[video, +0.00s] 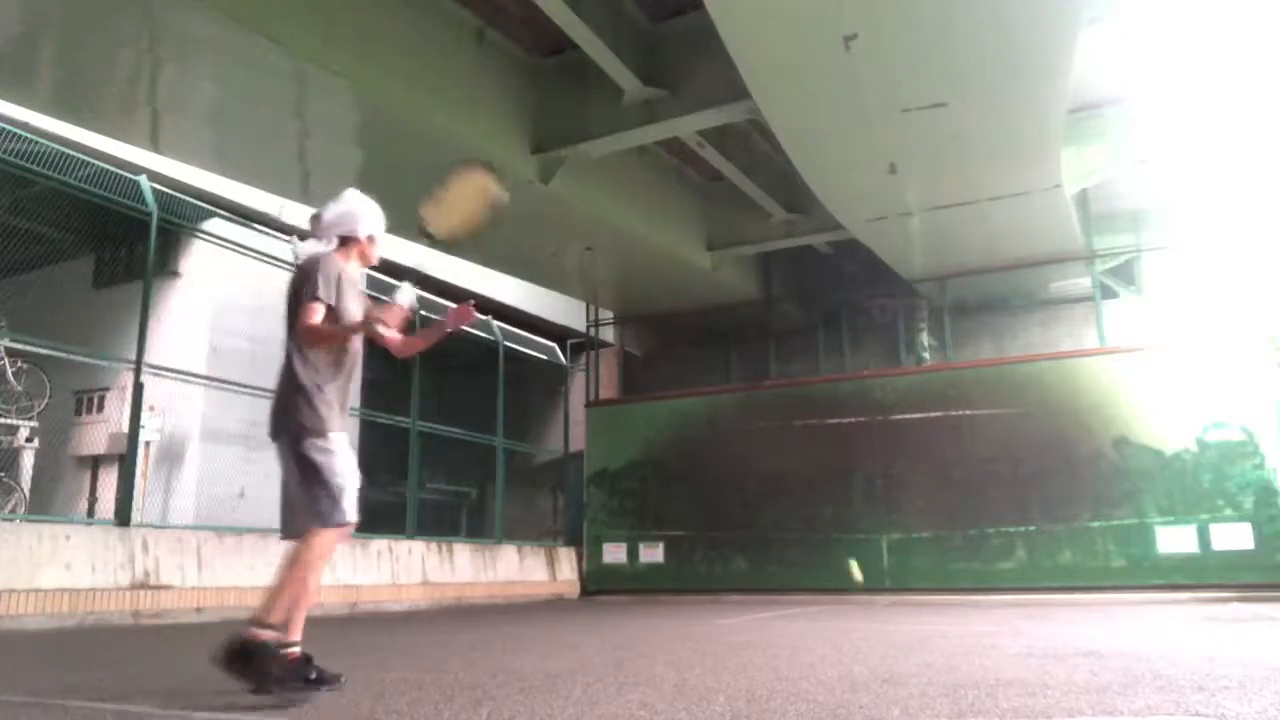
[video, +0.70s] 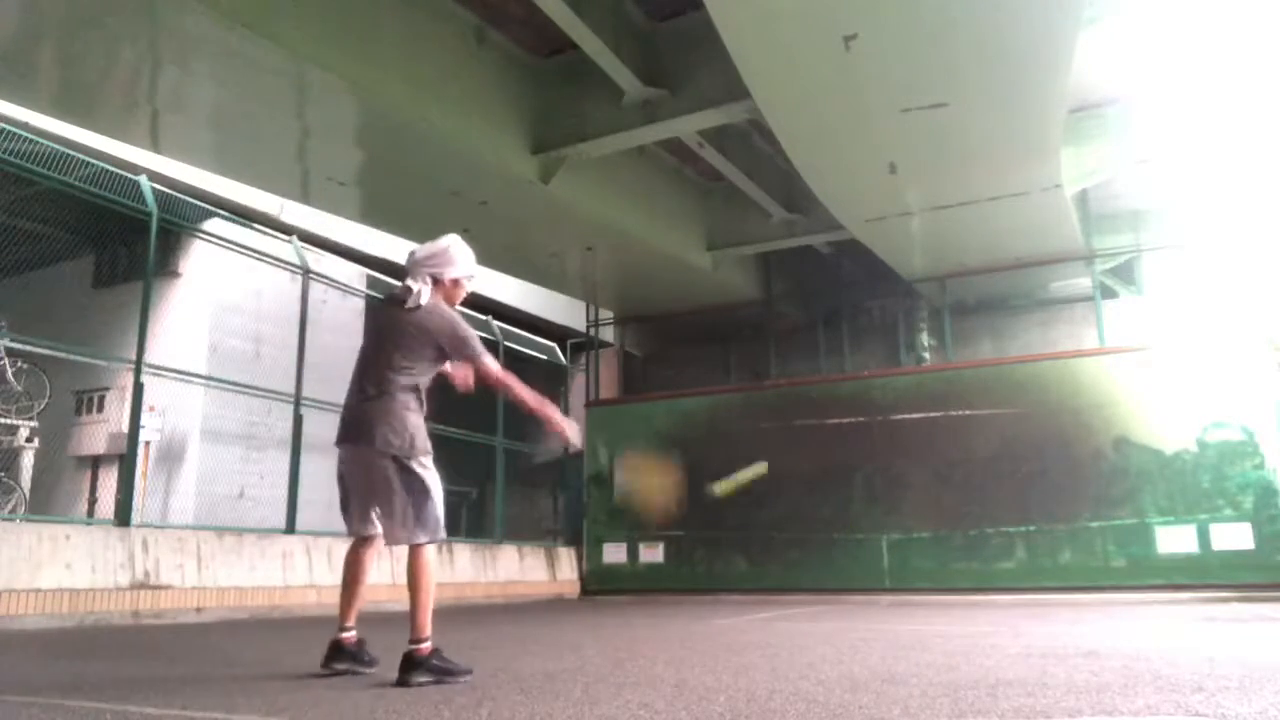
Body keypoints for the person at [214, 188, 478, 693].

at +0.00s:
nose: (379, 249)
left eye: (379, 240)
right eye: (376, 239)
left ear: (350, 238)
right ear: (358, 237)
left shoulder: (353, 287)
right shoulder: (322, 265)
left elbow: (401, 348)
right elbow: (308, 331)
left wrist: (445, 325)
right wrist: (366, 326)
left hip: (329, 422)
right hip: (308, 419)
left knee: (327, 528)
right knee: (333, 521)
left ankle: (283, 646)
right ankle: (266, 638)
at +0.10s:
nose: (399, 250)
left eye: (398, 241)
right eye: (394, 240)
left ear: (371, 244)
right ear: (374, 241)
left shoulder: (376, 299)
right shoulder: (333, 268)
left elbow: (417, 352)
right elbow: (295, 327)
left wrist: (461, 339)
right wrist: (333, 310)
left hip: (332, 421)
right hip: (326, 420)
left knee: (321, 537)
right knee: (368, 518)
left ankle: (286, 649)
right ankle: (332, 638)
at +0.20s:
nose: (417, 260)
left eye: (417, 251)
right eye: (413, 251)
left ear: (389, 252)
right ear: (394, 250)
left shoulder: (397, 311)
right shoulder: (349, 278)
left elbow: (434, 368)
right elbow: (301, 322)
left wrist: (483, 374)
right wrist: (303, 304)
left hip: (352, 426)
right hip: (341, 424)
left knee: (326, 539)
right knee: (385, 524)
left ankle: (286, 652)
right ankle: (395, 649)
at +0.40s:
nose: (457, 279)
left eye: (456, 270)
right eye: (452, 271)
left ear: (431, 271)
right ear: (432, 271)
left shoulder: (424, 321)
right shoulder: (392, 300)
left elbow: (436, 390)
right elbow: (353, 329)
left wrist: (476, 439)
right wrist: (316, 355)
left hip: (368, 435)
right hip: (382, 435)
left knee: (349, 543)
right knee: (425, 534)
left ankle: (291, 647)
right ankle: (422, 652)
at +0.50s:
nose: (469, 290)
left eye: (470, 281)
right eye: (467, 281)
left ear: (434, 278)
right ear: (447, 279)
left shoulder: (405, 313)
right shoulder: (423, 317)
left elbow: (416, 386)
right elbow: (398, 379)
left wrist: (451, 429)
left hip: (357, 435)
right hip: (391, 436)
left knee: (367, 543)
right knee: (426, 536)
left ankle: (311, 643)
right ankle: (421, 652)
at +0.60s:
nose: (470, 294)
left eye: (471, 285)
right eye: (468, 284)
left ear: (429, 278)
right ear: (447, 280)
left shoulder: (386, 311)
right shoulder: (437, 317)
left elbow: (400, 375)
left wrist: (449, 403)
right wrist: (517, 447)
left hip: (352, 433)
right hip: (396, 433)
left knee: (368, 540)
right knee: (422, 537)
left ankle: (339, 646)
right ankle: (420, 652)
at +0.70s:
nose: (465, 293)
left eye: (467, 284)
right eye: (463, 283)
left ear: (424, 277)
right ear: (443, 279)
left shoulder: (382, 312)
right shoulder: (442, 321)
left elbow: (400, 357)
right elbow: (498, 377)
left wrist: (446, 368)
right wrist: (553, 414)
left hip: (354, 436)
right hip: (398, 438)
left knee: (366, 536)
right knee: (422, 540)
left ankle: (344, 642)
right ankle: (421, 652)